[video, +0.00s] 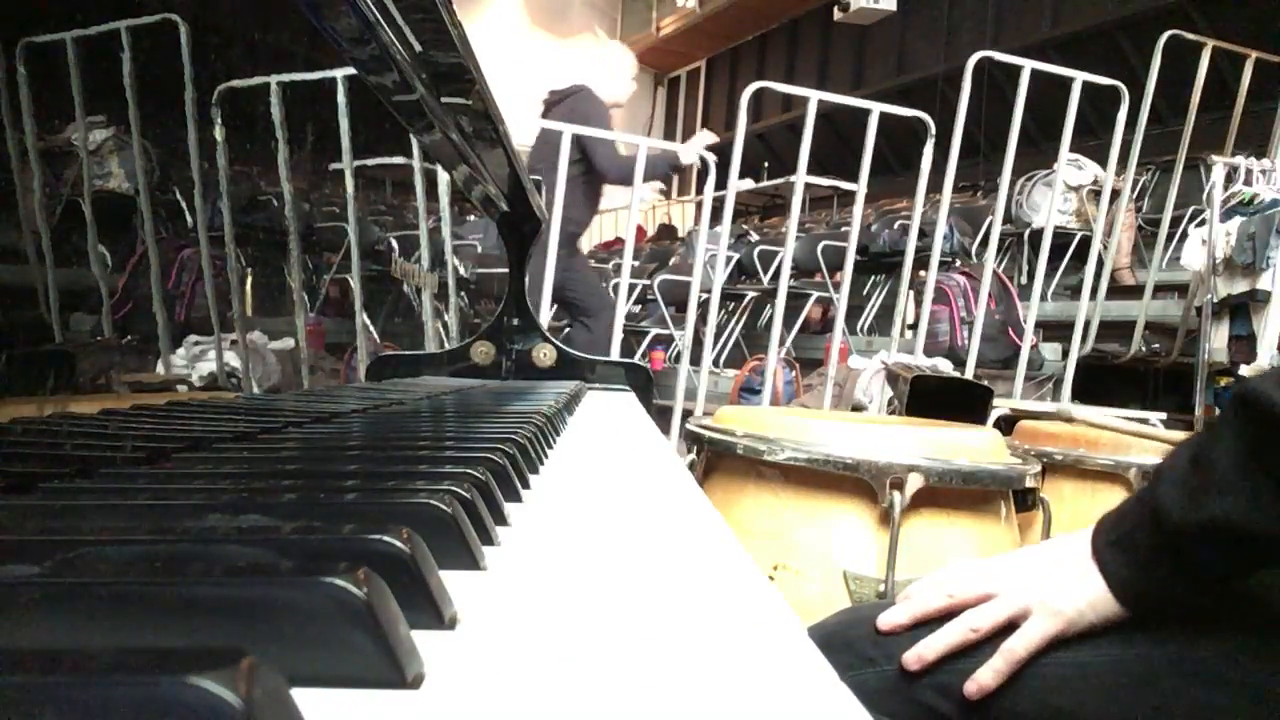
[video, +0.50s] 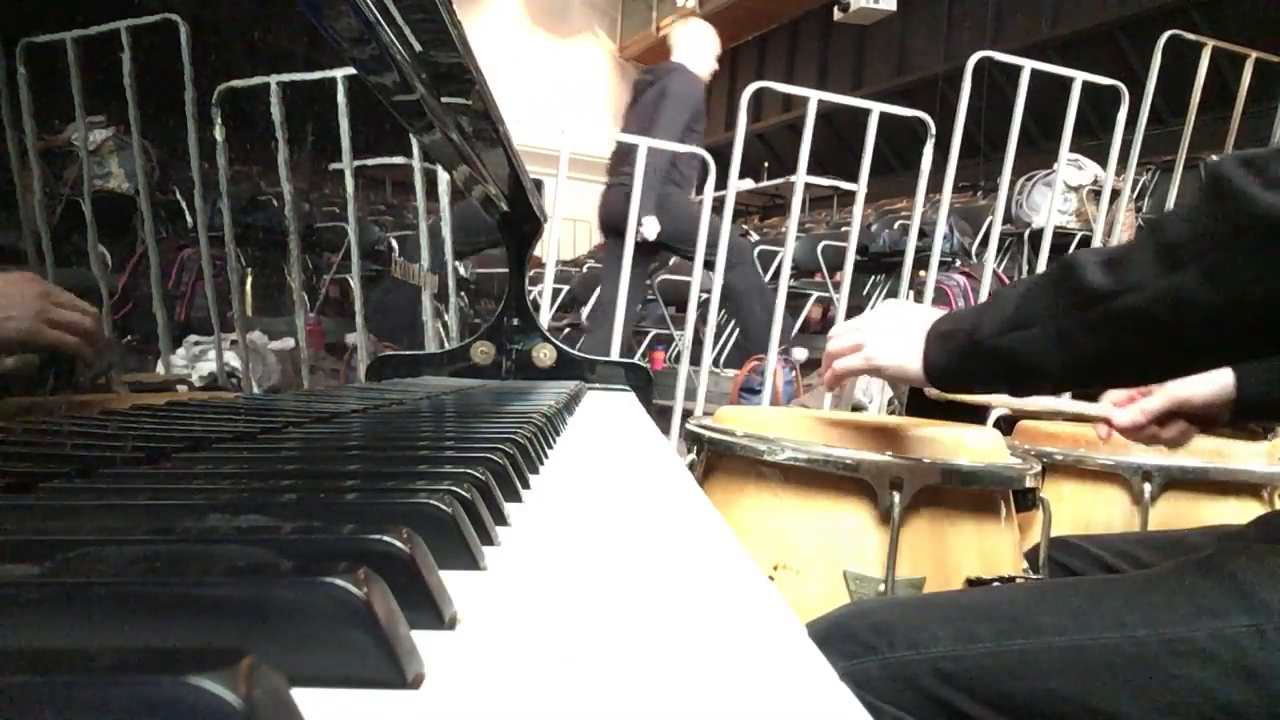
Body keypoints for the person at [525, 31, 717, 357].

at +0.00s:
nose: (633, 88)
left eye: (633, 80)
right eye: (630, 78)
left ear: (604, 73)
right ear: (609, 73)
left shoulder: (575, 105)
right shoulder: (586, 105)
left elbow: (575, 192)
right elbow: (611, 168)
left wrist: (630, 194)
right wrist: (677, 156)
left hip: (548, 240)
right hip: (550, 243)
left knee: (594, 311)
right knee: (600, 313)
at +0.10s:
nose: (653, 76)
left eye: (653, 68)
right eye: (650, 66)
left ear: (619, 60)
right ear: (631, 61)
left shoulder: (597, 92)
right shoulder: (605, 92)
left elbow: (619, 157)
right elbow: (619, 158)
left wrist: (673, 163)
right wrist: (681, 171)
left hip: (573, 227)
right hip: (570, 229)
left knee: (592, 310)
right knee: (587, 312)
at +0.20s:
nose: (668, 65)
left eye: (669, 56)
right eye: (664, 55)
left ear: (634, 49)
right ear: (643, 50)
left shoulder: (613, 80)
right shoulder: (625, 81)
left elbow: (605, 155)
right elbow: (623, 152)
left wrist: (632, 194)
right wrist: (676, 188)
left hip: (574, 204)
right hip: (582, 205)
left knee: (586, 300)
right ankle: (556, 337)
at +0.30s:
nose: (683, 58)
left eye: (683, 50)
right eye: (679, 48)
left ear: (644, 45)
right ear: (658, 46)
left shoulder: (623, 76)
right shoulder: (642, 76)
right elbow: (631, 145)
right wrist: (662, 201)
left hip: (583, 193)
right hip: (600, 193)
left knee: (595, 302)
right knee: (684, 255)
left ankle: (586, 387)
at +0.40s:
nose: (698, 60)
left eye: (699, 51)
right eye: (695, 50)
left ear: (660, 42)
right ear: (676, 44)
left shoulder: (636, 75)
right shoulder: (663, 76)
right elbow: (642, 143)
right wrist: (646, 205)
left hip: (600, 192)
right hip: (626, 191)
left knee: (600, 304)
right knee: (720, 247)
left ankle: (585, 384)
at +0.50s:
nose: (716, 65)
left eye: (717, 57)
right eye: (714, 56)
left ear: (676, 49)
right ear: (699, 51)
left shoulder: (651, 84)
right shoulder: (685, 82)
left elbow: (634, 149)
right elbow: (658, 147)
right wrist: (645, 208)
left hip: (617, 198)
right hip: (653, 199)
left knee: (617, 302)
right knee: (734, 253)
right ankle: (770, 351)